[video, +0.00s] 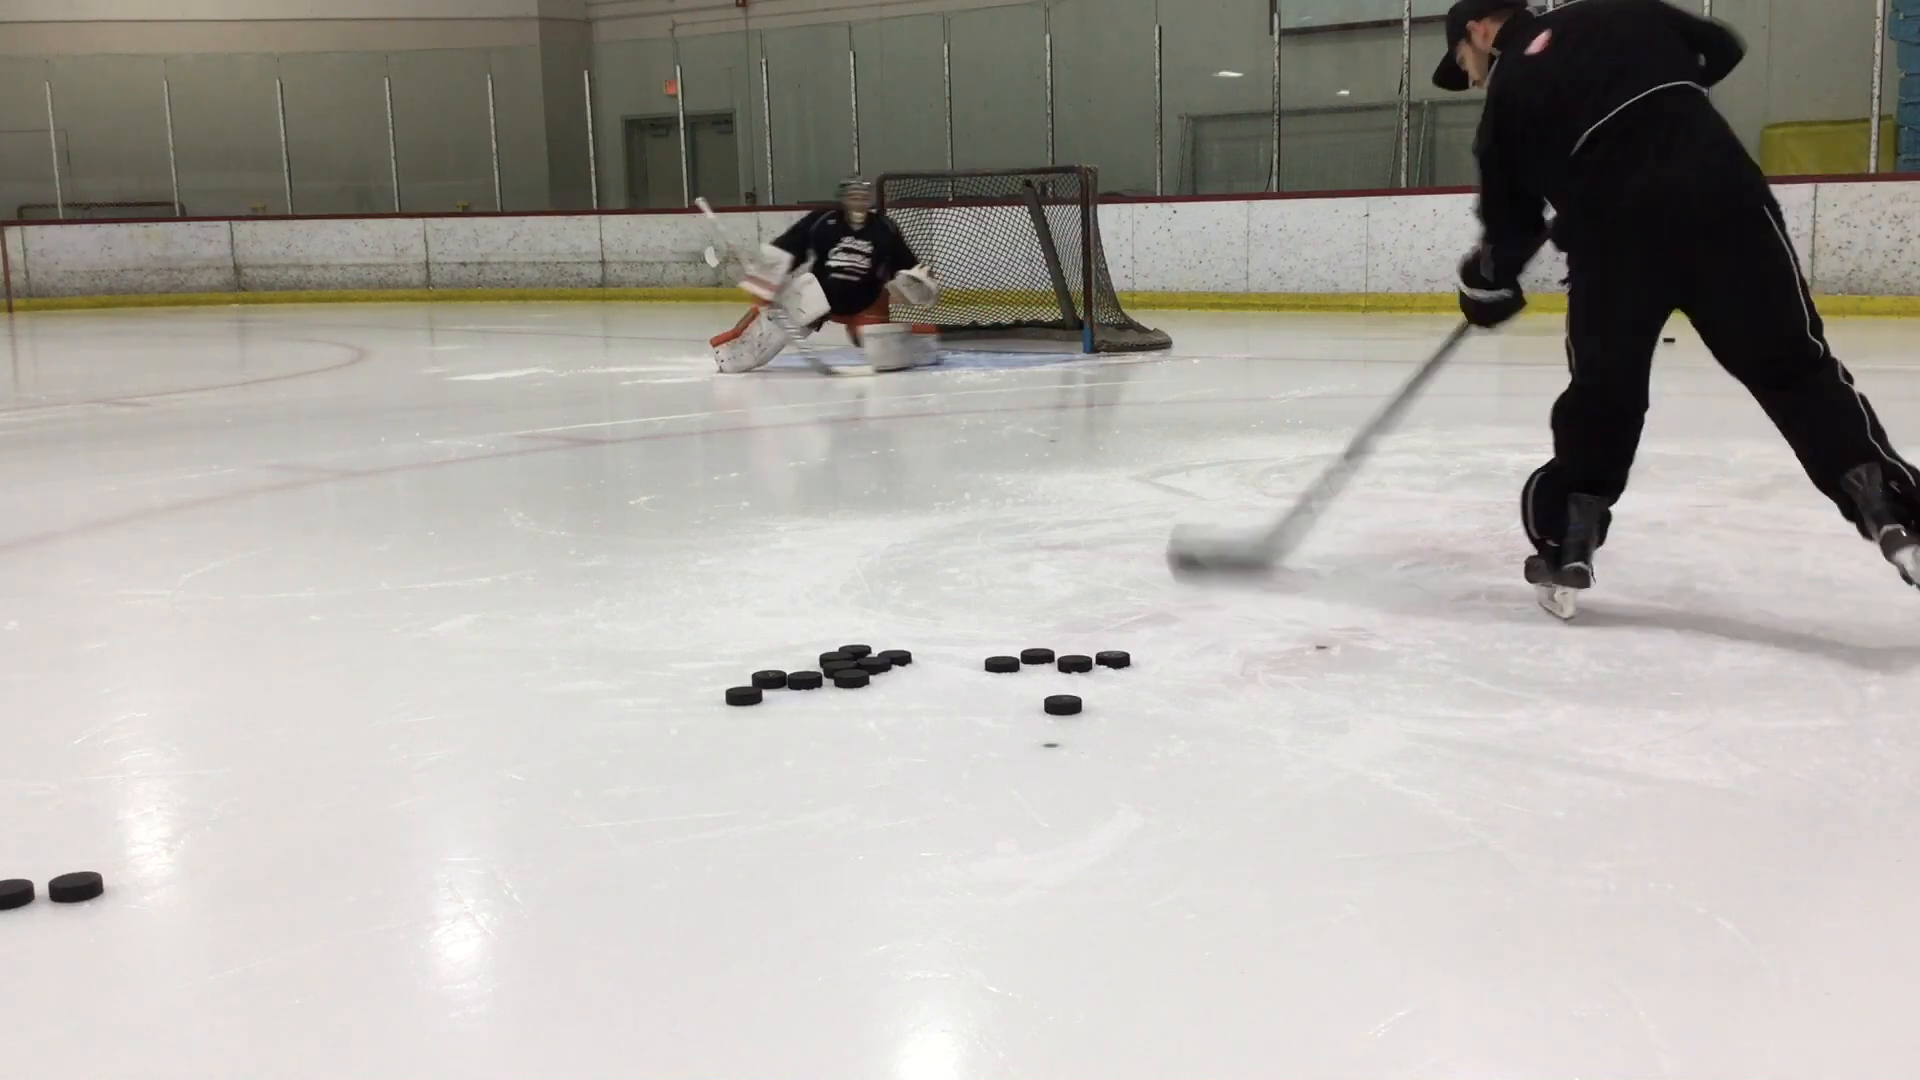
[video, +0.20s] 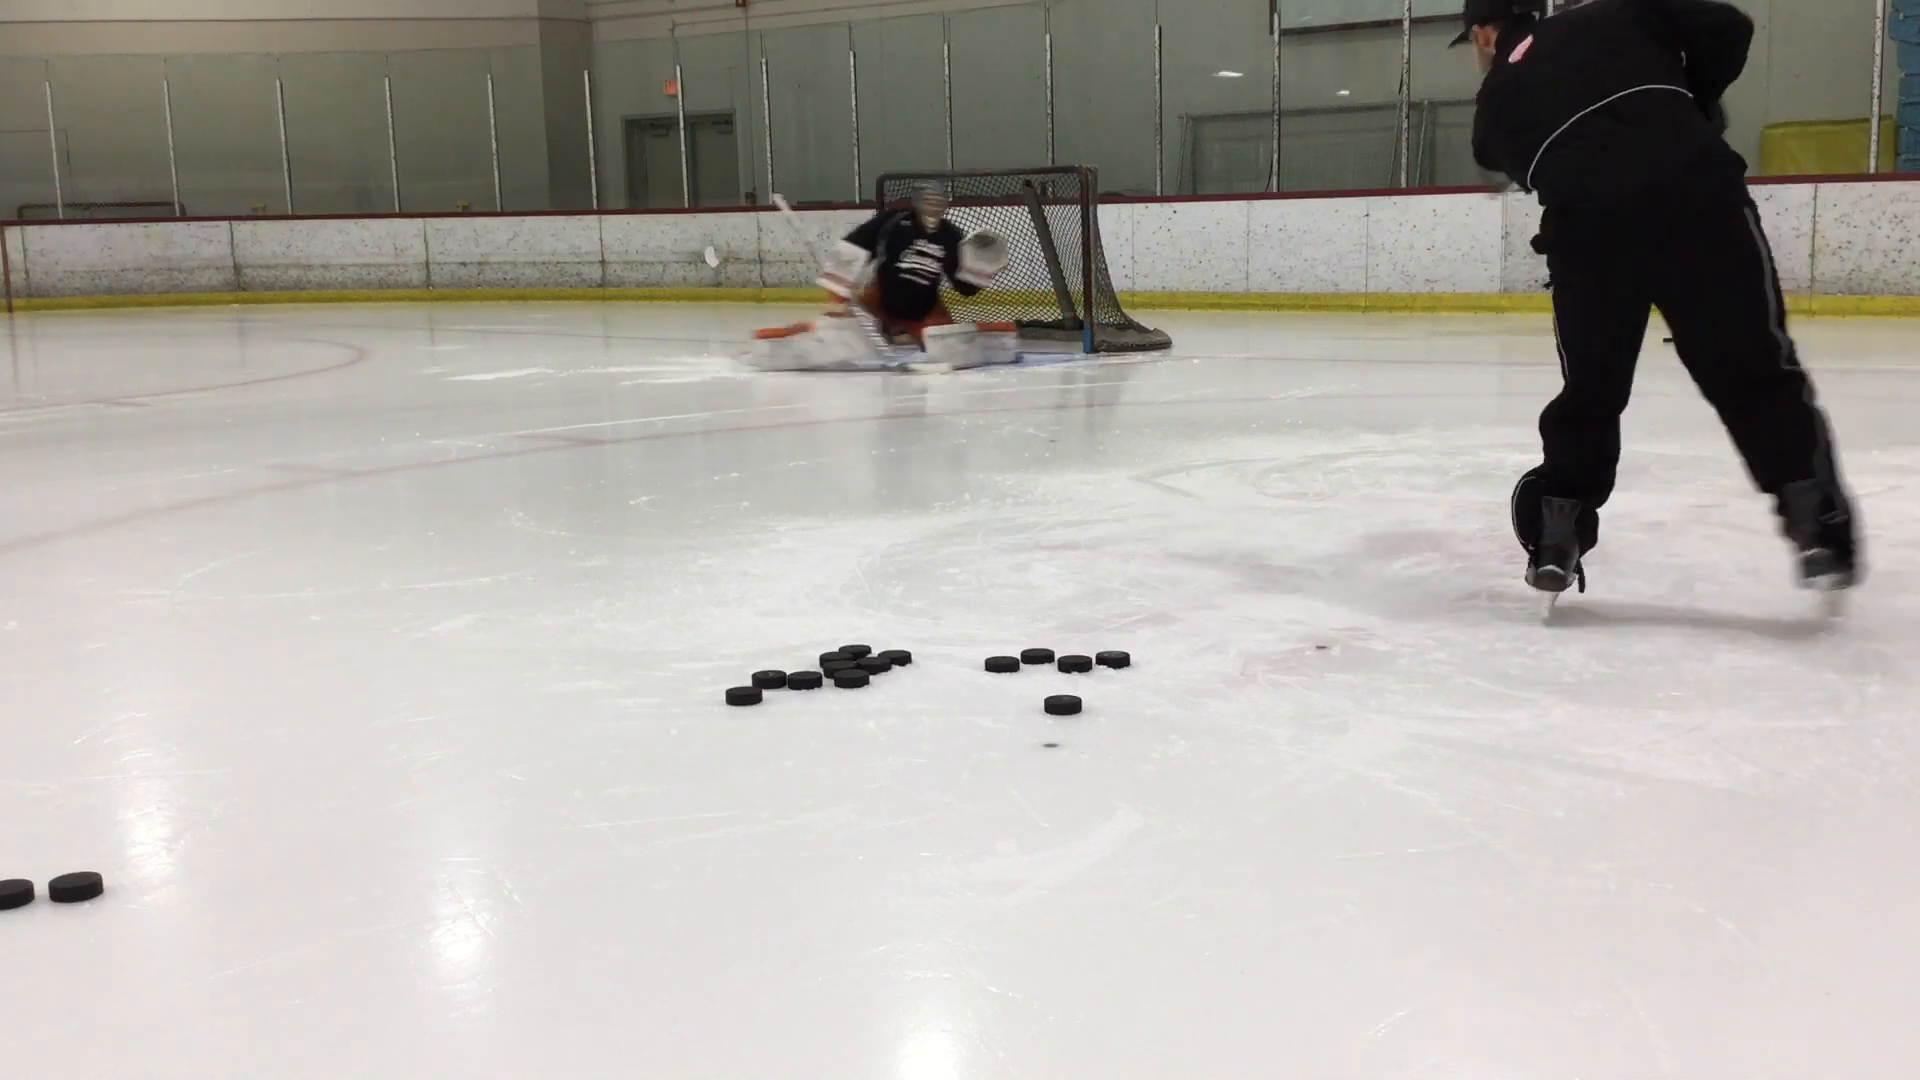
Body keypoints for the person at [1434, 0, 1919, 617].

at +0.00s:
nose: (1472, 76)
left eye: (1466, 62)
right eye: (1464, 68)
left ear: (1481, 29)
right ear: (1522, 13)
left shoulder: (1504, 100)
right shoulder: (1626, 10)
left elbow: (1516, 225)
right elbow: (1723, 44)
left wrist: (1490, 278)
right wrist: (1651, 90)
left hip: (1616, 238)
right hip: (1723, 203)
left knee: (1604, 388)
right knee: (1793, 363)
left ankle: (1572, 537)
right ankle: (1882, 499)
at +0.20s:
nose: (1475, 50)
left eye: (1475, 38)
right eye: (1472, 40)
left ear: (1491, 29)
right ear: (1542, 13)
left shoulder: (1497, 93)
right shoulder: (1618, 9)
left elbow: (1492, 153)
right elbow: (1728, 25)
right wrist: (1695, 97)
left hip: (1592, 232)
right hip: (1702, 206)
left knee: (1590, 393)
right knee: (1754, 367)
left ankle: (1558, 531)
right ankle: (1817, 519)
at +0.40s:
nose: (1520, 12)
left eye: (1522, 9)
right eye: (1522, 8)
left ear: (1536, 10)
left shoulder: (1523, 73)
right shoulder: (1656, 4)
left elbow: (1524, 136)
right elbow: (1757, 21)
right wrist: (1726, 91)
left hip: (1580, 228)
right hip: (1687, 210)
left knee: (1588, 386)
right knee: (1720, 387)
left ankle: (1536, 552)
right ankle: (1756, 557)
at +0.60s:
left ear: (1583, 4)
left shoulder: (1551, 52)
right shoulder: (1703, 3)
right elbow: (1795, 25)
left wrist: (1753, 151)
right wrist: (1772, 94)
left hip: (1589, 227)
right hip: (1694, 212)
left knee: (1598, 378)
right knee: (1731, 387)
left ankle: (1539, 545)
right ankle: (1758, 555)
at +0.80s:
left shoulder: (1570, 46)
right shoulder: (1738, 5)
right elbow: (1846, 18)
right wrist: (1819, 92)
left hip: (1622, 228)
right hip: (1734, 215)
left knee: (1606, 381)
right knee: (1750, 391)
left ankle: (1543, 545)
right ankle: (1769, 559)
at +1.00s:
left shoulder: (1602, 28)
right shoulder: (1791, 5)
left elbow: (1603, 150)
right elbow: (1883, 21)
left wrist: (1617, 239)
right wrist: (1828, 95)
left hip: (1668, 207)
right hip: (1786, 198)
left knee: (1639, 387)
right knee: (1773, 384)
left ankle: (1586, 543)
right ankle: (1785, 546)